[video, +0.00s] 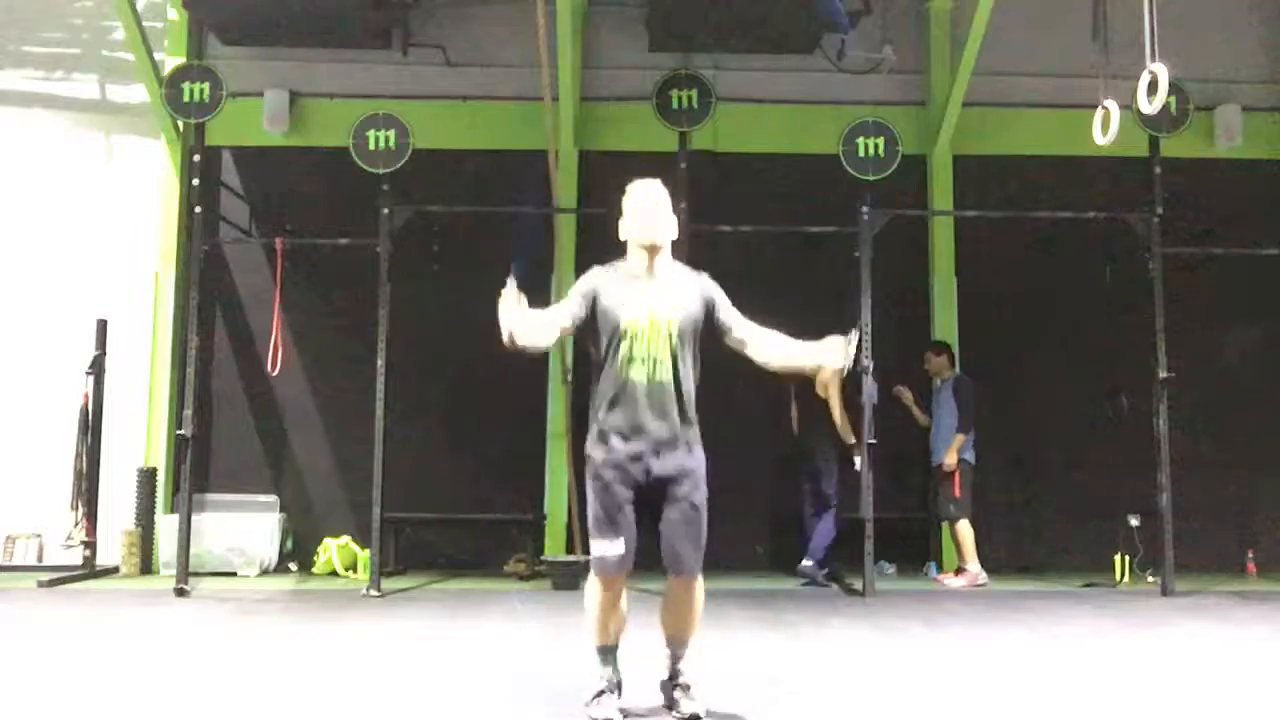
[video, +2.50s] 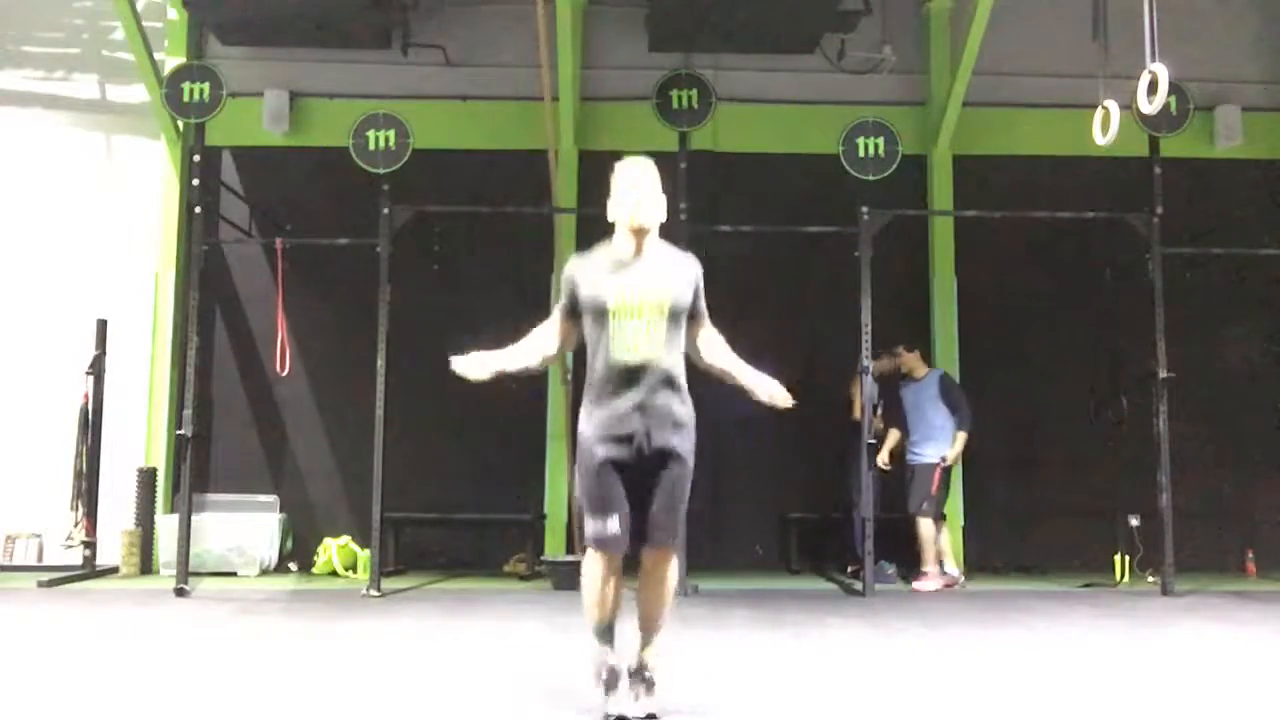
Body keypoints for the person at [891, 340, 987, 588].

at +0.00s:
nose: (926, 365)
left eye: (929, 359)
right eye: (925, 360)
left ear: (944, 358)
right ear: (937, 361)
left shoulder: (961, 384)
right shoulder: (936, 389)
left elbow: (966, 422)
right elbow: (928, 422)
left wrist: (953, 450)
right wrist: (911, 404)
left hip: (958, 457)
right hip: (940, 458)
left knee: (958, 514)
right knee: (949, 515)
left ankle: (973, 568)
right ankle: (964, 566)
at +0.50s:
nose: (927, 365)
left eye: (930, 359)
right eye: (926, 360)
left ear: (945, 359)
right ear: (937, 363)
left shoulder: (965, 384)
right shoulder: (936, 392)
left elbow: (976, 419)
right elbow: (932, 427)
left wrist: (965, 450)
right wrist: (914, 412)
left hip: (965, 456)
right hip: (943, 459)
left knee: (968, 514)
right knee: (954, 516)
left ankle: (979, 567)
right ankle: (964, 566)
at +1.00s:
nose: (947, 362)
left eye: (951, 356)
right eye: (945, 357)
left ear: (966, 356)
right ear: (946, 360)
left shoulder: (984, 384)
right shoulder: (948, 391)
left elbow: (994, 421)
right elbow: (945, 425)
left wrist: (982, 452)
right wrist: (924, 413)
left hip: (979, 459)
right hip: (955, 462)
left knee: (988, 516)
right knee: (961, 517)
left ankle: (998, 568)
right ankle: (967, 567)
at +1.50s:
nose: (959, 361)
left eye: (963, 356)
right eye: (958, 356)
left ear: (979, 355)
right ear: (963, 357)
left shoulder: (1003, 384)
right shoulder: (962, 388)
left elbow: (1021, 421)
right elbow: (956, 423)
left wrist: (1024, 457)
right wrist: (924, 413)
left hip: (994, 460)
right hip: (965, 461)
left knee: (996, 517)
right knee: (959, 514)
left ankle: (999, 569)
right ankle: (968, 566)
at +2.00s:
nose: (937, 362)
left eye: (940, 356)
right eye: (936, 356)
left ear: (953, 356)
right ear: (949, 357)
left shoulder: (983, 384)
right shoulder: (941, 389)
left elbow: (992, 423)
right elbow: (935, 424)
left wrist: (971, 452)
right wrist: (914, 452)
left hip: (980, 461)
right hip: (947, 462)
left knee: (986, 514)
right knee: (949, 517)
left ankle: (997, 567)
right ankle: (953, 573)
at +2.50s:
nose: (898, 361)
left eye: (902, 355)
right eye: (896, 356)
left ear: (916, 353)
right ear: (900, 359)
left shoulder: (940, 380)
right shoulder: (902, 388)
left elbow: (964, 414)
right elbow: (898, 423)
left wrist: (956, 448)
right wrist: (886, 449)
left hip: (937, 456)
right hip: (914, 458)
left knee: (922, 512)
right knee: (932, 516)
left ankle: (931, 572)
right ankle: (951, 569)